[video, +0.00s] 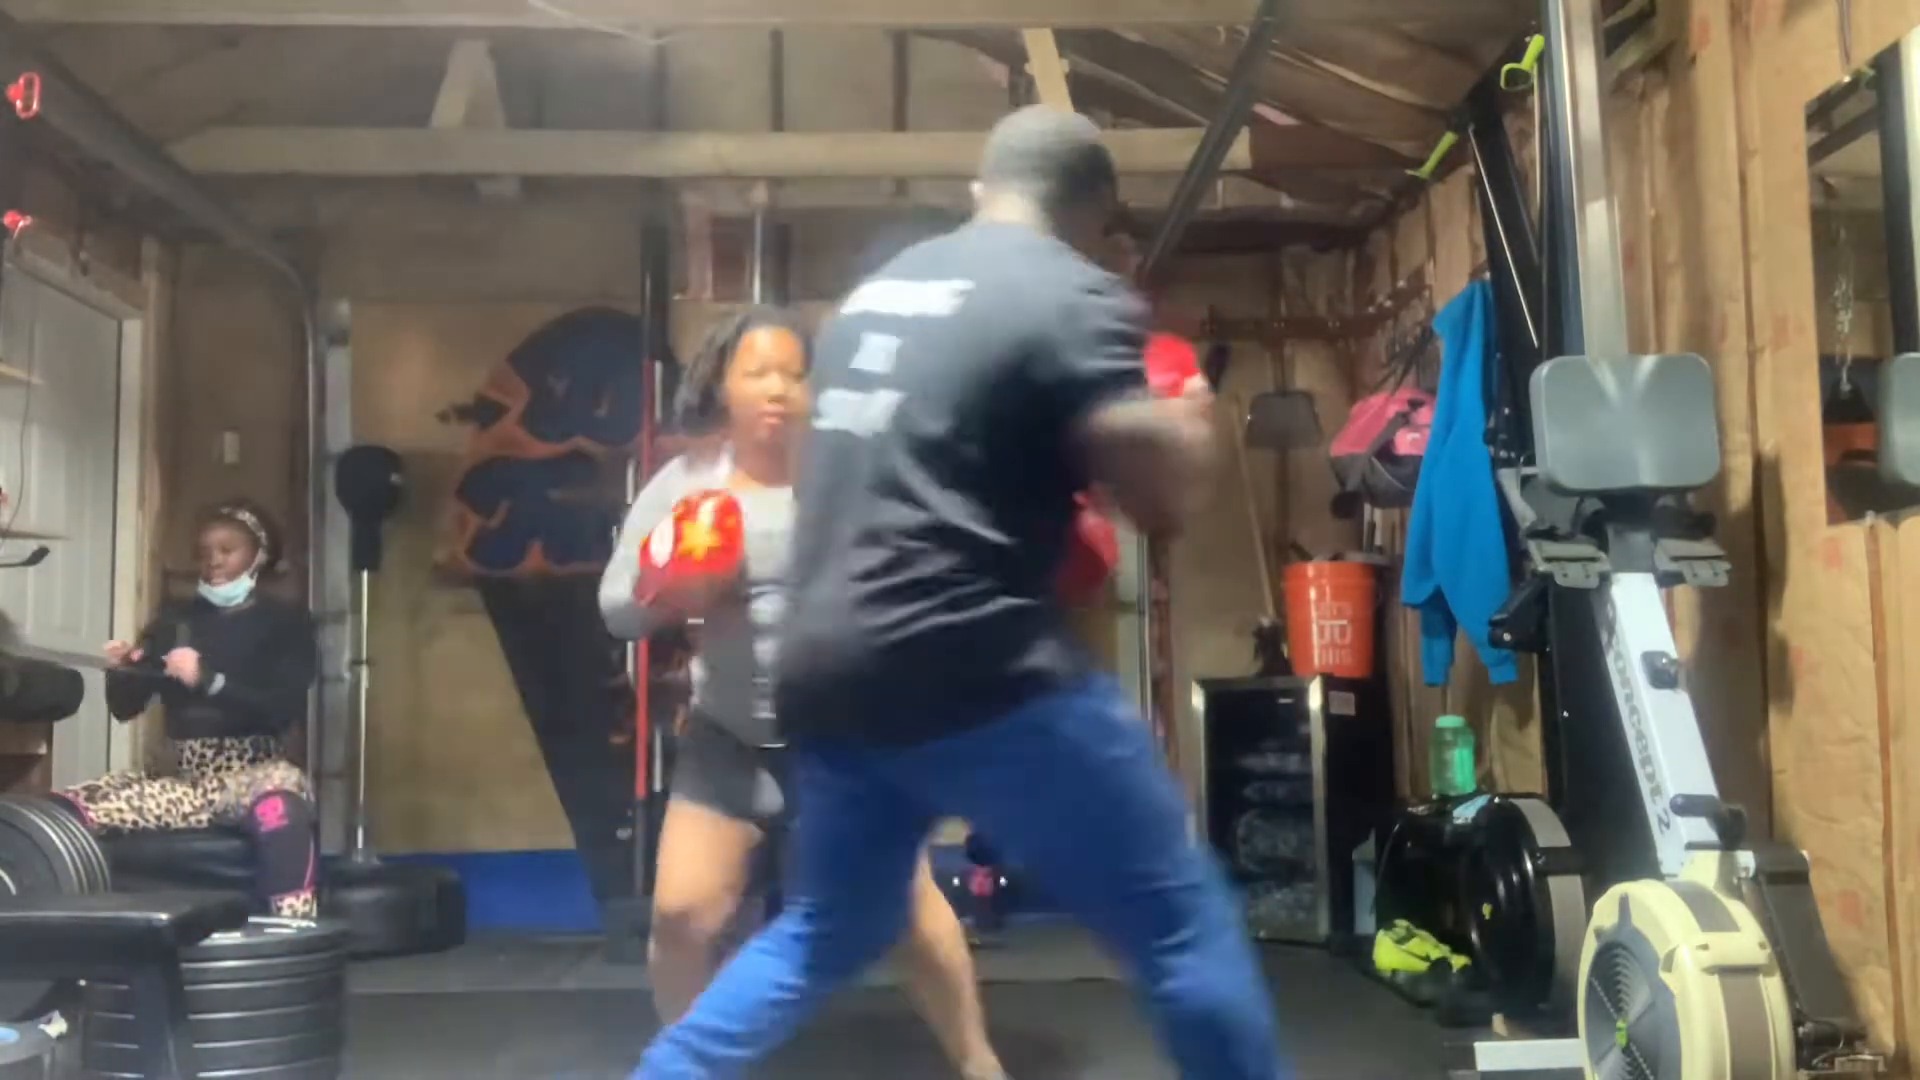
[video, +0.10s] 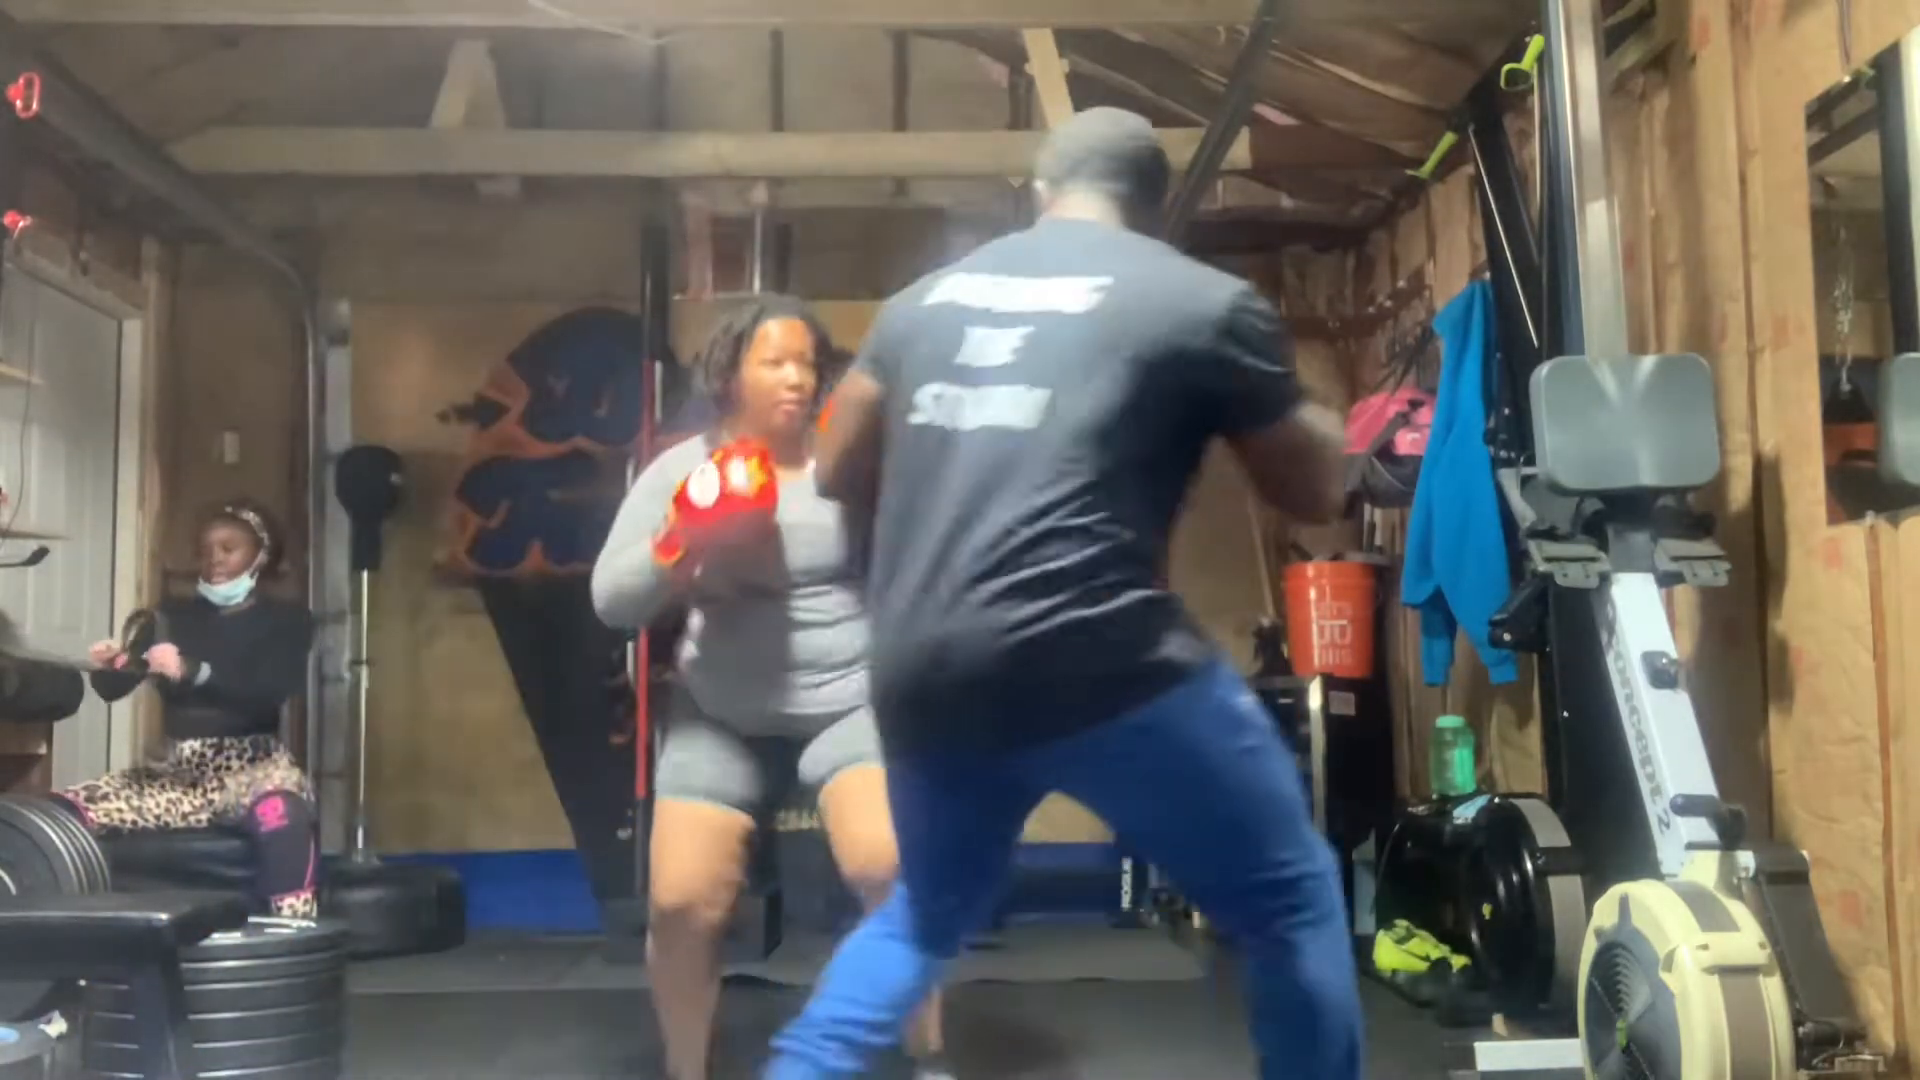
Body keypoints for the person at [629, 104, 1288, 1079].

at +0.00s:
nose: (1110, 237)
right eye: (1108, 217)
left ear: (982, 187)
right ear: (1094, 205)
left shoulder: (886, 280)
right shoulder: (1072, 294)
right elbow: (1161, 496)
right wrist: (1197, 418)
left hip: (822, 667)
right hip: (973, 658)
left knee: (830, 927)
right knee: (1179, 920)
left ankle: (668, 1069)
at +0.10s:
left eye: (1036, 192)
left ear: (1039, 195)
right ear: (1158, 201)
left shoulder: (923, 298)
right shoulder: (1204, 303)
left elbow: (840, 470)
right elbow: (1310, 494)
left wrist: (901, 549)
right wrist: (1318, 422)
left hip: (921, 666)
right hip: (1095, 650)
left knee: (927, 913)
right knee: (1291, 900)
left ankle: (795, 1070)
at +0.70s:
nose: (1070, 192)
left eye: (1068, 175)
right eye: (1071, 178)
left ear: (1089, 163)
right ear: (1191, 149)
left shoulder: (1034, 253)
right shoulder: (1315, 247)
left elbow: (940, 381)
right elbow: (1364, 429)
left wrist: (869, 375)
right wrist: (1243, 408)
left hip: (1111, 595)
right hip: (1295, 593)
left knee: (1056, 893)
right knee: (1363, 902)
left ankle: (1044, 1073)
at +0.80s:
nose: (1061, 189)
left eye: (1062, 175)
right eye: (1063, 177)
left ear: (1079, 168)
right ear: (1184, 155)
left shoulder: (1013, 266)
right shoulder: (1296, 257)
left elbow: (912, 412)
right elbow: (1350, 436)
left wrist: (982, 399)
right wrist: (1230, 404)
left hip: (1094, 607)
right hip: (1281, 600)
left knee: (1047, 895)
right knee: (1364, 891)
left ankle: (1043, 1071)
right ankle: (1373, 1077)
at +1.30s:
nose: (1152, 219)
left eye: (1150, 200)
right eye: (1150, 202)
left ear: (1173, 179)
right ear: (1271, 157)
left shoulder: (1128, 274)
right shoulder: (1411, 259)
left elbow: (1069, 471)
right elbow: (1446, 428)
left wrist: (1170, 519)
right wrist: (1357, 492)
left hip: (1216, 618)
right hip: (1407, 613)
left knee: (1104, 892)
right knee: (1493, 906)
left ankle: (1064, 1074)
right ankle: (1569, 1076)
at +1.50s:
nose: (1212, 203)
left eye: (1209, 185)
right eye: (1210, 188)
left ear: (1239, 159)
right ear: (1331, 141)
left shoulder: (1189, 253)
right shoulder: (1485, 232)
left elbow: (1137, 456)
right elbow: (1523, 408)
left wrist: (1241, 502)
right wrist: (1409, 455)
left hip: (1269, 603)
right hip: (1472, 604)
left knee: (1150, 878)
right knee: (1527, 908)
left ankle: (1115, 1073)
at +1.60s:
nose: (1218, 202)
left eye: (1215, 184)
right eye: (1217, 187)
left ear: (1244, 159)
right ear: (1339, 144)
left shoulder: (1194, 251)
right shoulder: (1487, 237)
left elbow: (1134, 454)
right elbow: (1530, 402)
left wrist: (1229, 505)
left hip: (1273, 610)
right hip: (1474, 611)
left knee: (1150, 876)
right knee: (1527, 909)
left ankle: (1125, 1071)